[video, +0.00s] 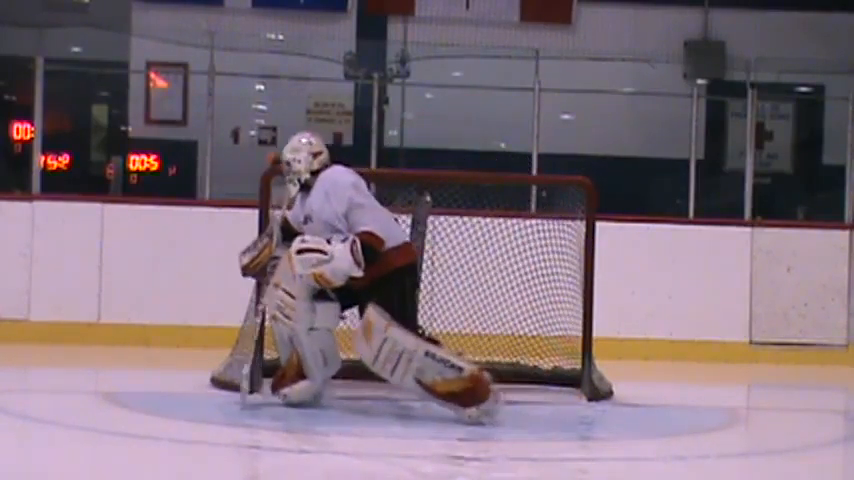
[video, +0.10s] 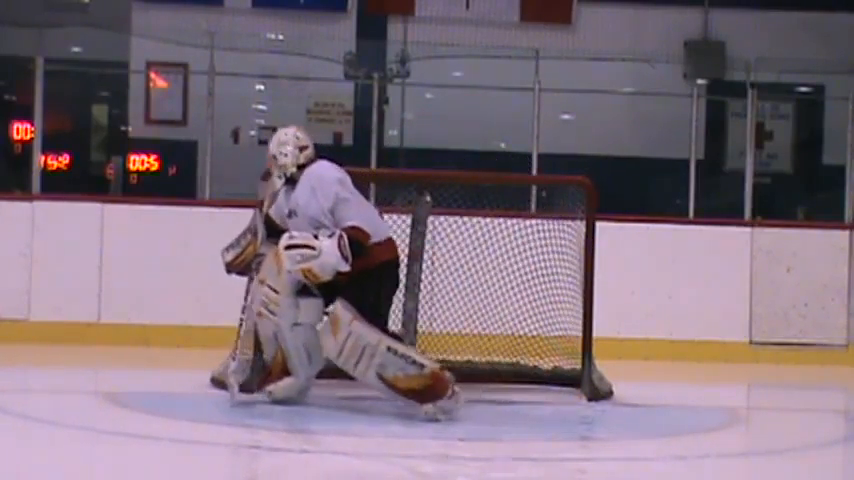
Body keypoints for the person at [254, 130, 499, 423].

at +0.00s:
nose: (291, 170)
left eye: (294, 163)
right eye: (288, 164)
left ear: (310, 159)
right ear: (311, 158)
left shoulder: (337, 180)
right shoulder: (305, 195)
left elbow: (375, 229)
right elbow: (289, 227)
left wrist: (344, 256)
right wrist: (264, 250)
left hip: (393, 262)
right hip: (359, 269)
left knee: (391, 340)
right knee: (303, 306)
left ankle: (468, 388)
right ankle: (307, 375)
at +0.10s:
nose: (277, 167)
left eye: (280, 161)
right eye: (275, 161)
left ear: (293, 157)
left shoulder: (322, 176)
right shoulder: (289, 190)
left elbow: (362, 230)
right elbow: (272, 226)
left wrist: (329, 251)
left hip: (375, 262)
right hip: (343, 266)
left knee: (360, 337)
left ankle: (433, 389)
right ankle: (288, 376)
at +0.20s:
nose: (270, 155)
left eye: (275, 147)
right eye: (267, 148)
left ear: (289, 147)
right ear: (263, 150)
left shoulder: (315, 171)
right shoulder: (275, 186)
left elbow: (353, 224)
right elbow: (259, 224)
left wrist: (323, 250)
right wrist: (238, 250)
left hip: (358, 256)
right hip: (322, 258)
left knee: (333, 329)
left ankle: (399, 387)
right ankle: (260, 369)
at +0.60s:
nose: (283, 147)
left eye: (290, 141)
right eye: (281, 140)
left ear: (309, 141)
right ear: (277, 139)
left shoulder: (334, 167)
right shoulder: (270, 169)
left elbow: (366, 204)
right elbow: (253, 216)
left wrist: (360, 237)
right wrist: (231, 249)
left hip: (336, 259)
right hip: (287, 260)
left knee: (330, 320)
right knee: (263, 314)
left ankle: (355, 387)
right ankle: (256, 378)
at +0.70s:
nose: (304, 161)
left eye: (312, 155)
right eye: (300, 154)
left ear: (330, 156)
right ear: (294, 152)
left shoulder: (353, 184)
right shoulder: (275, 180)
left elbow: (387, 225)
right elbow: (253, 228)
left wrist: (377, 243)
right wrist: (236, 260)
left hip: (344, 271)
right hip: (294, 270)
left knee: (345, 325)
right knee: (275, 324)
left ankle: (363, 388)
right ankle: (265, 376)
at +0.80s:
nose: (342, 171)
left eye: (351, 165)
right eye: (336, 164)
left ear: (363, 167)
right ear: (327, 162)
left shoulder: (378, 198)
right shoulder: (295, 188)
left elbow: (407, 223)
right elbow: (269, 231)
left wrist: (412, 246)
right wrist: (254, 267)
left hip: (362, 270)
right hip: (311, 270)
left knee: (368, 326)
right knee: (287, 322)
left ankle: (387, 391)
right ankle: (277, 382)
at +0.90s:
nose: (381, 174)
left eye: (389, 168)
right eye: (375, 166)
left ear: (401, 169)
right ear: (363, 164)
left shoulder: (418, 204)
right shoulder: (329, 188)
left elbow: (443, 261)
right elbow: (297, 233)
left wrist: (447, 242)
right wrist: (280, 269)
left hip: (386, 275)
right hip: (333, 270)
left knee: (400, 325)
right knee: (298, 321)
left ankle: (414, 389)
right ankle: (265, 375)